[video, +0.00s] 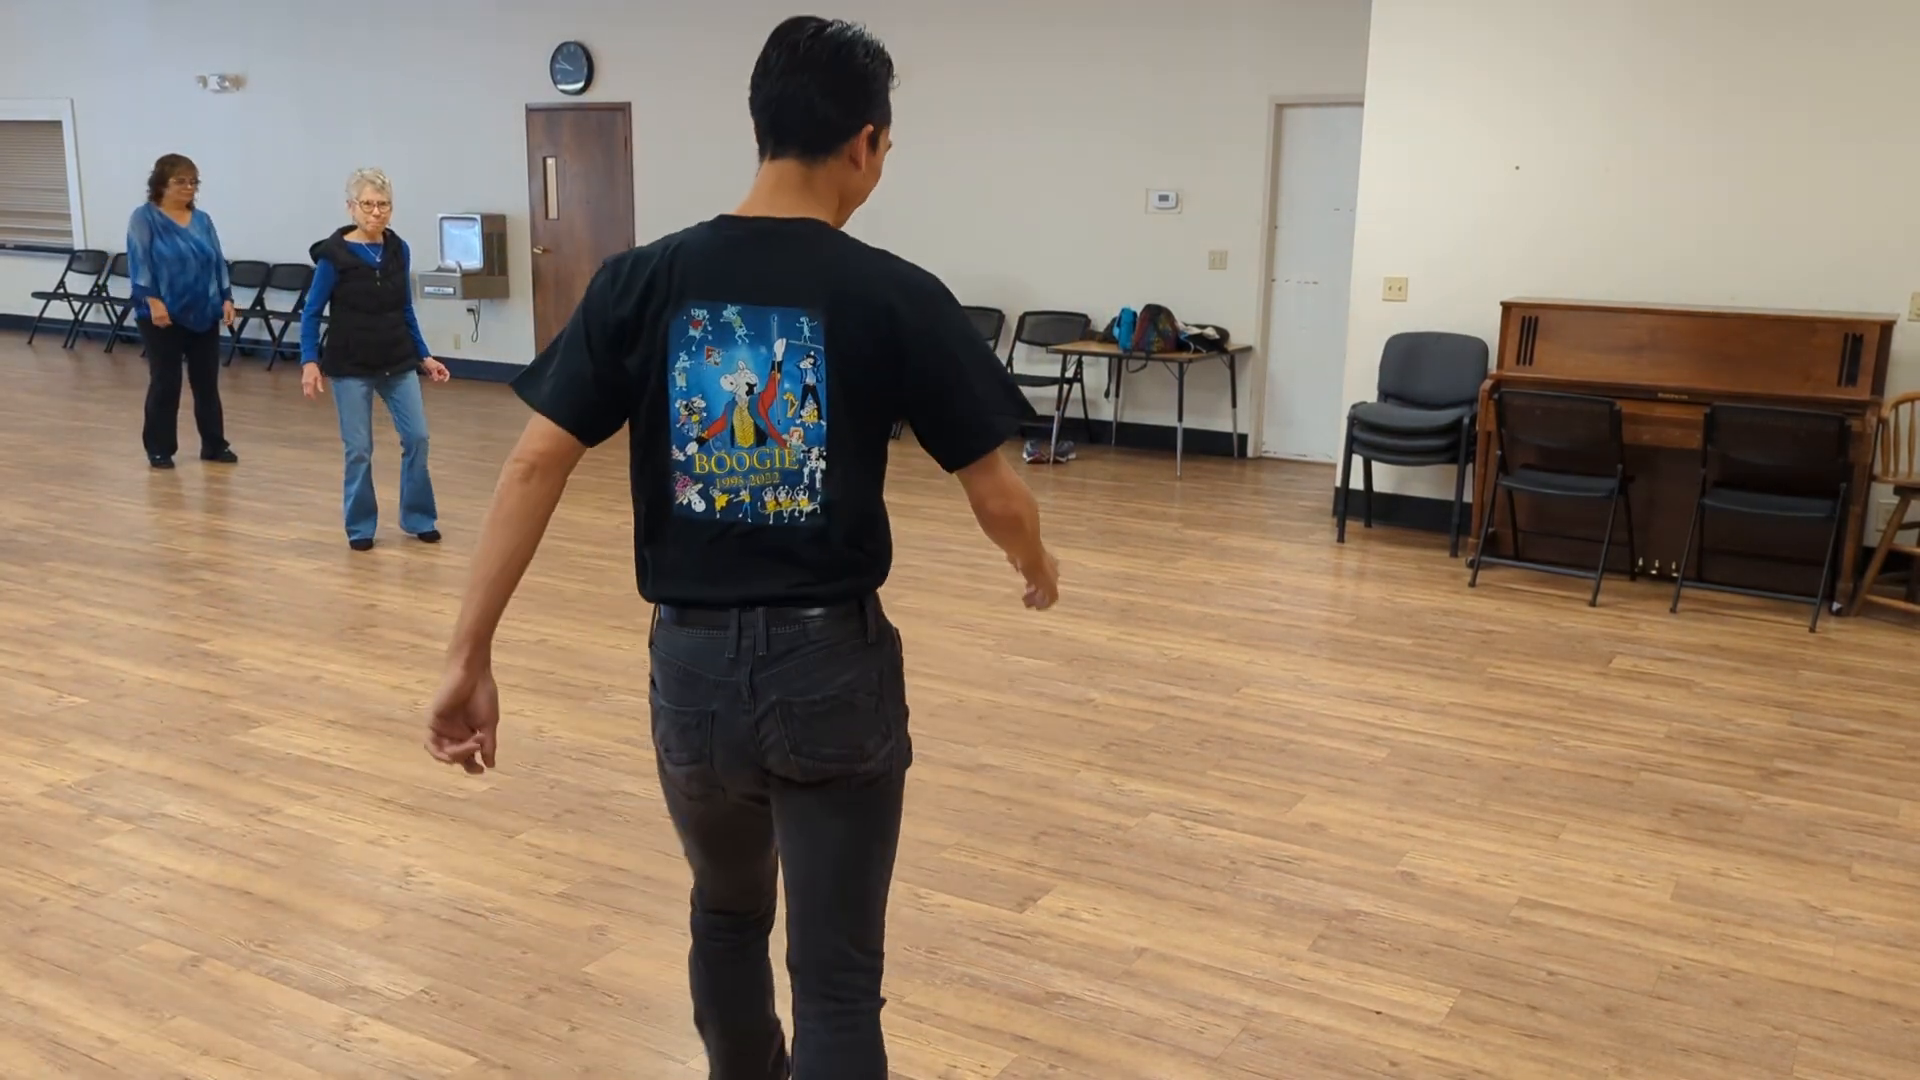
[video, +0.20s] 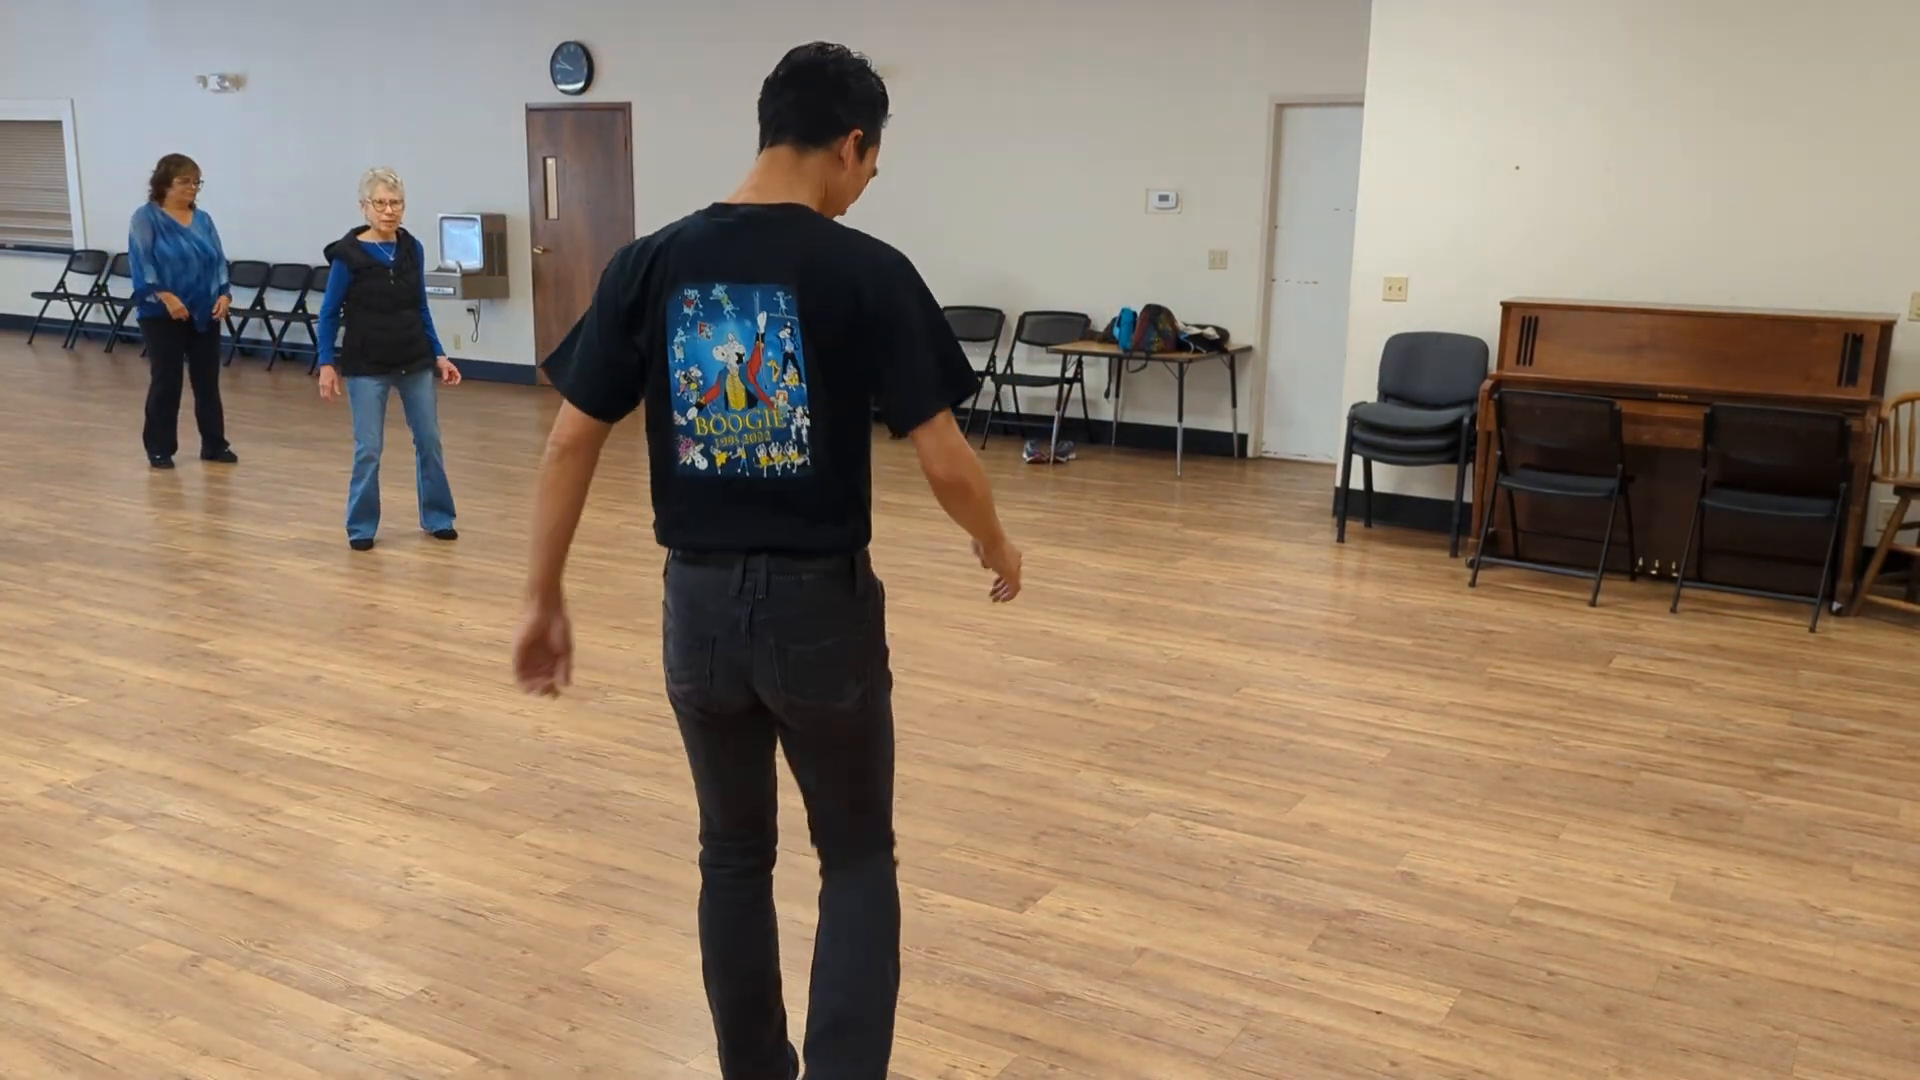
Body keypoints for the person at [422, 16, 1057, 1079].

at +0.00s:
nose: (880, 169)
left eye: (882, 148)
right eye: (882, 147)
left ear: (761, 131)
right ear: (868, 145)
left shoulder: (644, 282)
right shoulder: (894, 296)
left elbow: (536, 462)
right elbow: (1000, 499)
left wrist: (468, 651)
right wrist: (1035, 566)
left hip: (689, 664)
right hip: (834, 659)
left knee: (727, 916)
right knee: (840, 980)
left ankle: (749, 1070)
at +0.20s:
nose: (867, 182)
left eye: (869, 163)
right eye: (871, 161)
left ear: (767, 134)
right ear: (848, 146)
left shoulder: (650, 263)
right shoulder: (868, 273)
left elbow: (574, 440)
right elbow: (946, 460)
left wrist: (543, 593)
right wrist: (993, 542)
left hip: (697, 616)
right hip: (820, 619)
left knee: (733, 846)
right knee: (856, 852)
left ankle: (753, 1070)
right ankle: (846, 1070)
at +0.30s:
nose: (870, 175)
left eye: (876, 155)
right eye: (874, 152)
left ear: (774, 127)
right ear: (845, 136)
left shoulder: (662, 248)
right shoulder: (856, 258)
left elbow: (605, 419)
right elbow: (909, 443)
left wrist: (613, 545)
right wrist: (965, 550)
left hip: (703, 567)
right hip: (824, 572)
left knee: (732, 832)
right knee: (848, 803)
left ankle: (752, 1062)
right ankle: (842, 1057)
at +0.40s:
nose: (879, 180)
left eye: (884, 159)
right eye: (877, 154)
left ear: (801, 138)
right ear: (828, 137)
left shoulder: (675, 249)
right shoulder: (847, 265)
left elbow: (629, 416)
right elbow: (876, 448)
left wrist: (690, 489)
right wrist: (934, 570)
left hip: (709, 559)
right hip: (824, 566)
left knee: (736, 819)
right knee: (837, 779)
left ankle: (757, 1063)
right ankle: (835, 980)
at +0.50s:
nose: (885, 172)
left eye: (887, 151)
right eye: (872, 149)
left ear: (801, 154)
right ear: (806, 149)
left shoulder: (698, 254)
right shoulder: (838, 278)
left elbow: (642, 398)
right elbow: (850, 450)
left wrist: (717, 440)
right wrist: (908, 589)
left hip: (719, 553)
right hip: (822, 560)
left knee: (742, 799)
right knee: (820, 754)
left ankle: (754, 1058)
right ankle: (801, 927)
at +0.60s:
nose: (879, 171)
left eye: (882, 150)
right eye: (863, 150)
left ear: (801, 155)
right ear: (801, 150)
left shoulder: (711, 248)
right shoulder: (825, 275)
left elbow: (659, 377)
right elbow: (824, 448)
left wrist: (736, 418)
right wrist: (893, 572)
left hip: (723, 541)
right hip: (815, 547)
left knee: (744, 756)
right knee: (830, 745)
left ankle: (737, 988)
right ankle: (793, 925)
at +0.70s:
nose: (867, 161)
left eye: (873, 143)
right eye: (849, 142)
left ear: (800, 150)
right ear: (790, 147)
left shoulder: (725, 235)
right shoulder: (810, 271)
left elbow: (671, 349)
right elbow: (795, 430)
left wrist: (732, 409)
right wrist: (881, 522)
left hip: (731, 521)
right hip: (807, 531)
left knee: (767, 715)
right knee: (830, 733)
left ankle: (706, 913)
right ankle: (790, 929)